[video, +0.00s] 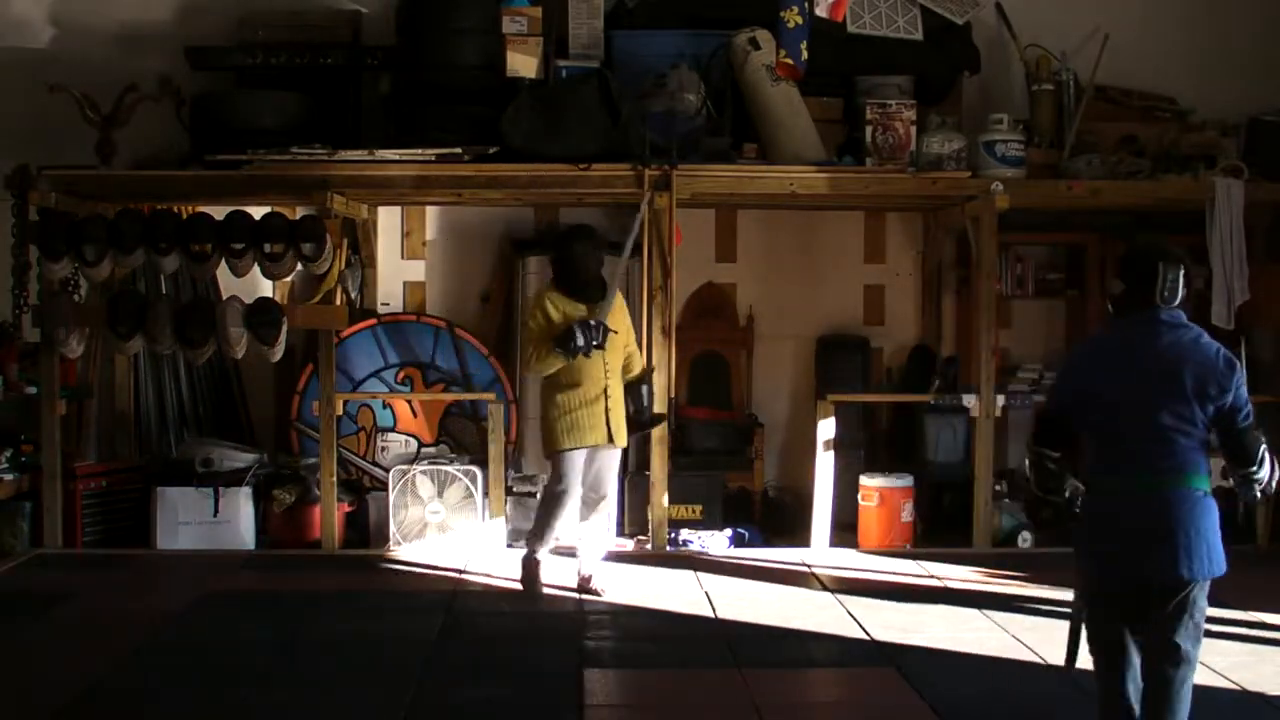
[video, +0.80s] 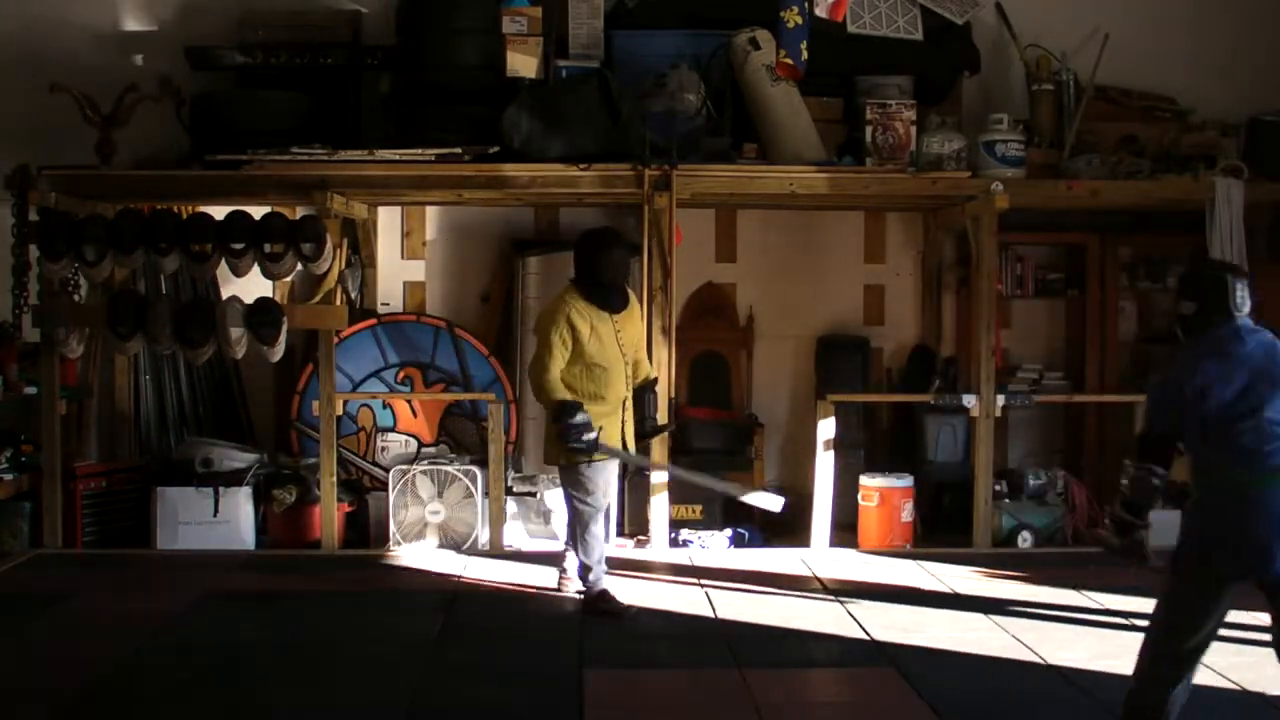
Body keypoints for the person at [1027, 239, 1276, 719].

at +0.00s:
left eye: (1127, 284)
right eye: (1175, 284)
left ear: (1123, 288)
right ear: (1179, 289)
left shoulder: (1093, 352)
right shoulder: (1211, 357)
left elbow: (1050, 440)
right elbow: (1244, 449)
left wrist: (1062, 489)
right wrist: (1258, 470)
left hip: (1106, 520)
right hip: (1182, 523)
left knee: (1112, 655)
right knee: (1175, 660)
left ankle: (1122, 717)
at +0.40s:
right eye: (1174, 282)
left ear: (1123, 290)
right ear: (1178, 288)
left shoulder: (1101, 353)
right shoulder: (1215, 349)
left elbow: (1066, 446)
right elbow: (1259, 441)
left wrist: (1071, 499)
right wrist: (1265, 410)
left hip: (1131, 511)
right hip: (1206, 511)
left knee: (1126, 642)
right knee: (1216, 635)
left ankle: (1131, 714)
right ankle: (1202, 714)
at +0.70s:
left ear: (1168, 299)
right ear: (1223, 298)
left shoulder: (1151, 352)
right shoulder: (1263, 355)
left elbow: (1120, 441)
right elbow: (1273, 433)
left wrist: (1106, 511)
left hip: (1182, 511)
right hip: (1257, 511)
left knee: (1152, 644)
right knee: (1277, 642)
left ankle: (1138, 710)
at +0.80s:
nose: (1175, 312)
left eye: (1180, 304)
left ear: (1191, 308)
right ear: (1241, 301)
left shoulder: (1184, 366)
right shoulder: (1271, 349)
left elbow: (1154, 460)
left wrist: (1130, 523)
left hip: (1218, 524)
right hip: (1273, 520)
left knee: (1171, 649)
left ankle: (1144, 711)